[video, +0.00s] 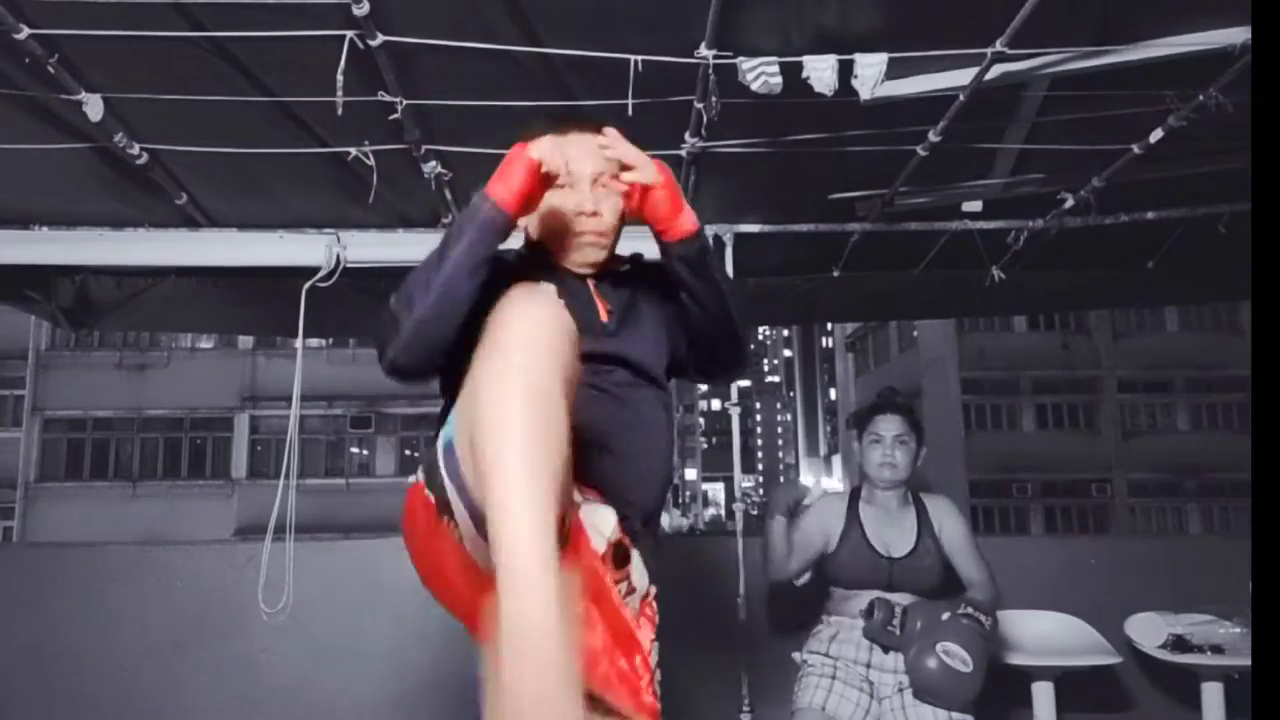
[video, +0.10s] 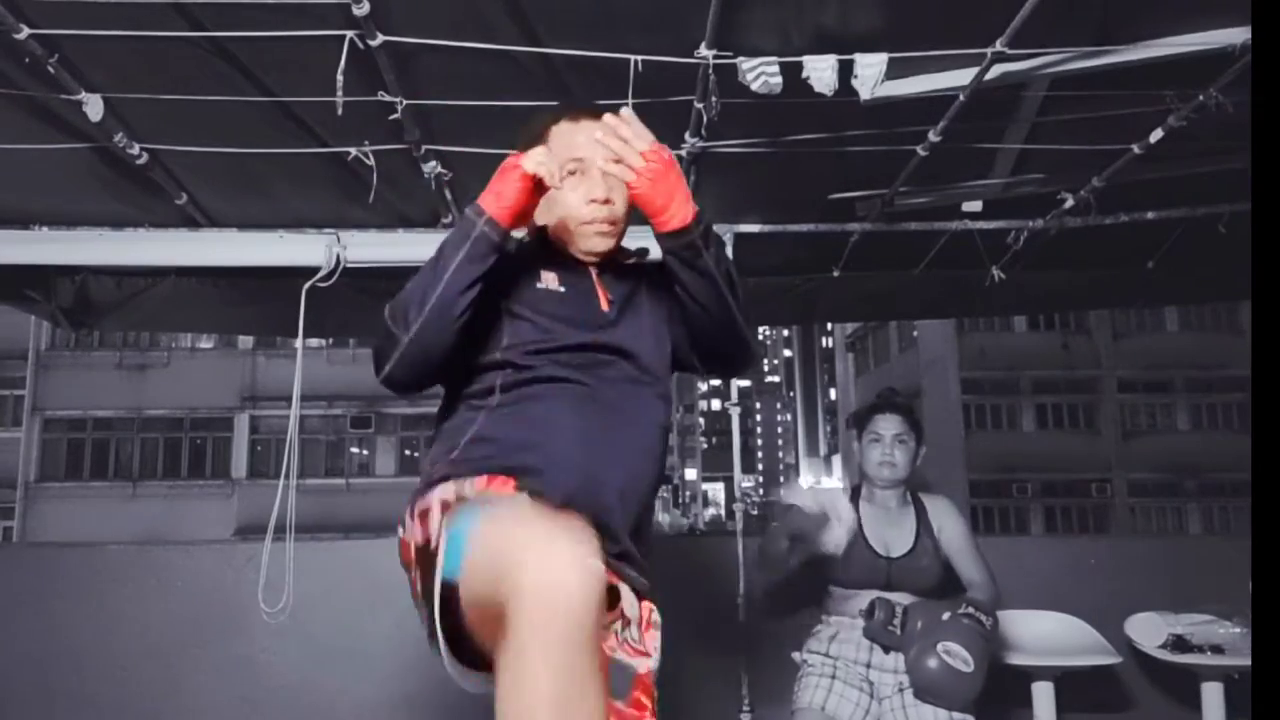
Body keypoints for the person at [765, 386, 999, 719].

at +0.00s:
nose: (888, 452)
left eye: (900, 442)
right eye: (875, 441)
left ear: (918, 455)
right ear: (858, 452)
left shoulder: (939, 512)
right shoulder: (830, 511)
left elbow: (982, 588)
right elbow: (780, 570)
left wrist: (965, 622)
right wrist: (777, 510)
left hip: (922, 665)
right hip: (839, 662)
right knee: (820, 712)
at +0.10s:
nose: (887, 451)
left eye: (900, 441)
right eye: (875, 441)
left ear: (918, 454)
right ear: (857, 451)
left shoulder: (938, 512)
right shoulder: (832, 509)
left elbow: (983, 589)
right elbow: (772, 570)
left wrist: (967, 620)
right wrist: (784, 526)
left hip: (921, 666)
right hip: (839, 662)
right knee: (820, 712)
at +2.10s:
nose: (886, 451)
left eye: (899, 443)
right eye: (874, 440)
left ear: (912, 457)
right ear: (853, 450)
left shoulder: (934, 516)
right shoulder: (823, 514)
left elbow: (984, 587)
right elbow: (762, 573)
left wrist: (972, 619)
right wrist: (782, 560)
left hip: (922, 664)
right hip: (839, 662)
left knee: (938, 715)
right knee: (821, 712)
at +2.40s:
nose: (883, 451)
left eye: (895, 443)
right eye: (871, 440)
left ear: (908, 458)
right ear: (850, 450)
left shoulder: (931, 518)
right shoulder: (819, 518)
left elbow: (983, 587)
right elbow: (778, 587)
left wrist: (971, 622)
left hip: (921, 667)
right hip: (839, 665)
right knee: (824, 711)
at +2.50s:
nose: (882, 447)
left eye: (894, 440)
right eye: (870, 437)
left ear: (907, 456)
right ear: (849, 450)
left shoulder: (930, 518)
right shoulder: (819, 516)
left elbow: (983, 587)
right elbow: (802, 599)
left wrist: (975, 617)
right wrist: (870, 608)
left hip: (921, 668)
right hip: (837, 664)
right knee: (824, 712)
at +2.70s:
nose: (888, 451)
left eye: (900, 442)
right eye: (875, 441)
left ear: (918, 455)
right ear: (859, 452)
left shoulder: (939, 513)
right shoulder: (830, 510)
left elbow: (983, 587)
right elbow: (781, 578)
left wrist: (967, 619)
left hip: (922, 666)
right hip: (838, 663)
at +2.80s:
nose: (887, 451)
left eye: (901, 442)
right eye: (875, 440)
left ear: (918, 454)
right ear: (858, 448)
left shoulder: (940, 513)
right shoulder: (821, 509)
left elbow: (984, 588)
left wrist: (962, 620)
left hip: (922, 670)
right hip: (839, 668)